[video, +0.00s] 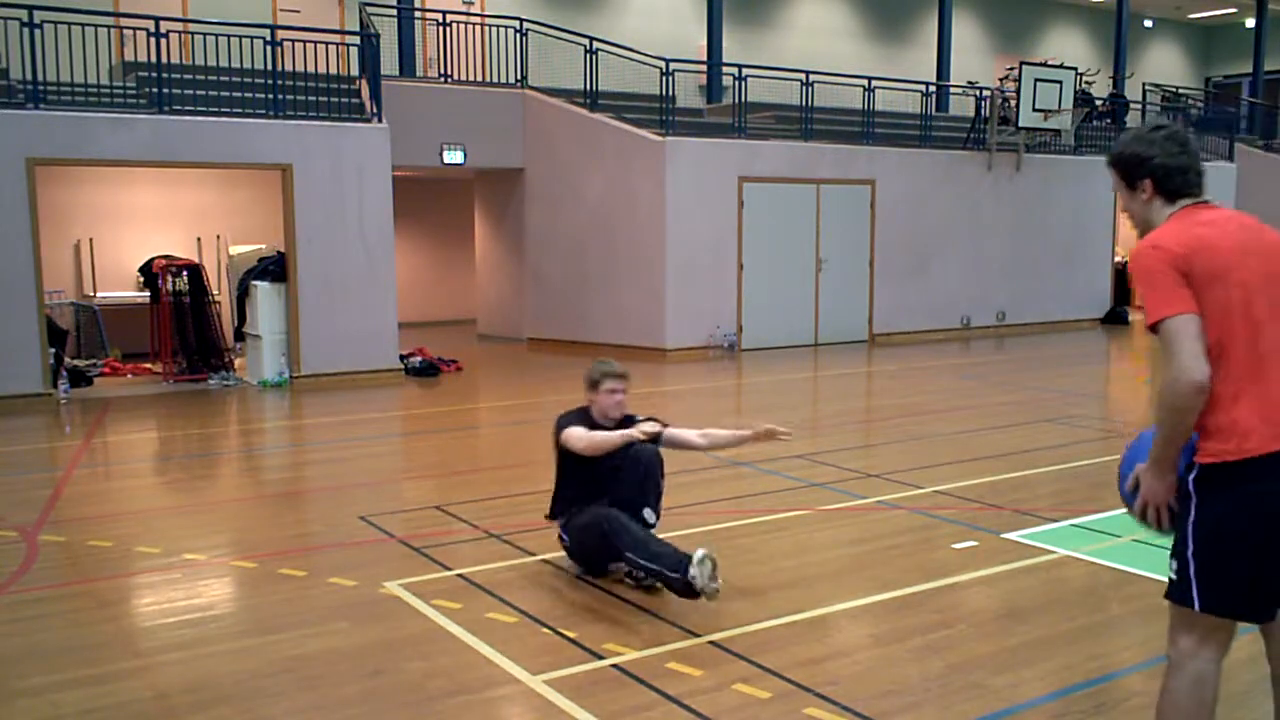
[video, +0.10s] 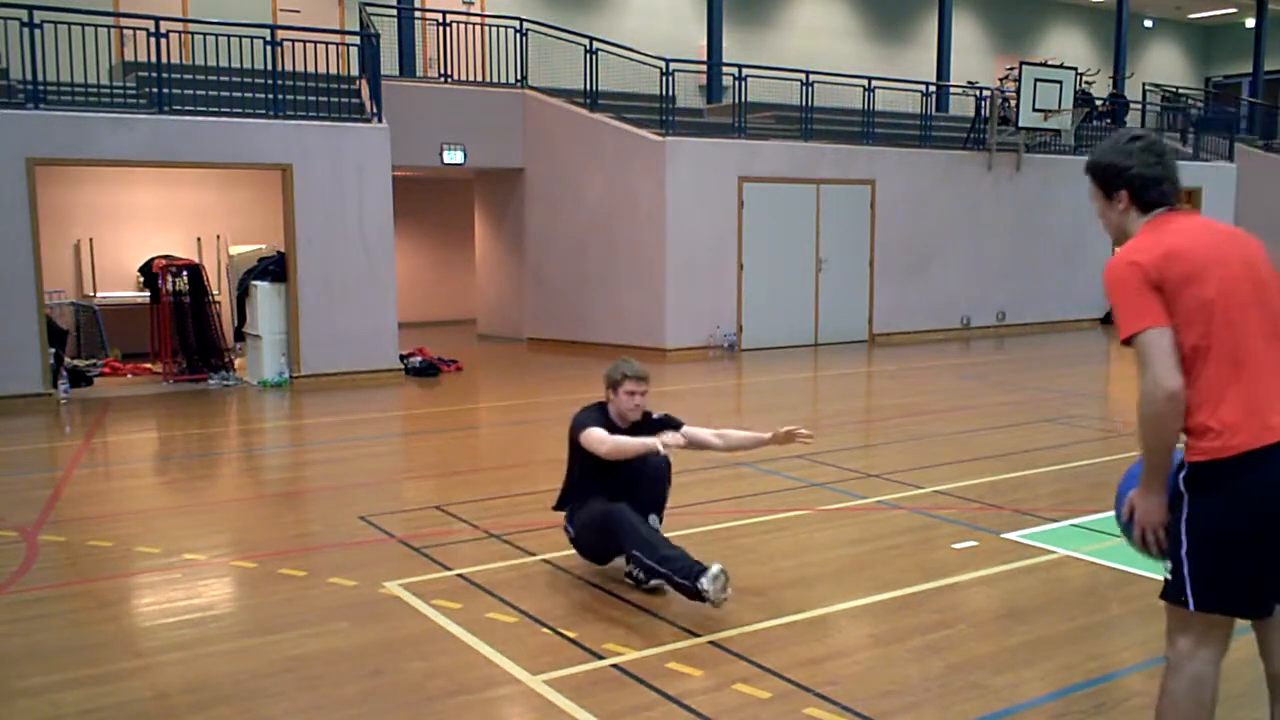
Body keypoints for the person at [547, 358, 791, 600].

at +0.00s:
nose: (620, 400)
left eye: (623, 393)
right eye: (612, 393)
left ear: (627, 395)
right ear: (591, 395)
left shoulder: (636, 426)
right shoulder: (570, 423)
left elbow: (700, 438)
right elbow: (584, 445)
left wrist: (751, 435)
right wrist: (630, 435)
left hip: (623, 518)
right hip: (579, 527)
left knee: (646, 455)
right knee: (609, 521)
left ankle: (637, 562)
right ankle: (689, 575)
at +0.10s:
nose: (637, 402)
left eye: (642, 395)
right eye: (629, 395)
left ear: (647, 395)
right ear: (610, 393)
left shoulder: (655, 424)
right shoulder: (587, 421)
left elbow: (716, 439)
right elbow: (607, 447)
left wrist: (770, 439)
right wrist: (655, 443)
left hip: (631, 518)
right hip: (588, 524)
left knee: (656, 464)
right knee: (617, 515)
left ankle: (640, 564)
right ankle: (699, 581)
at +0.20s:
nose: (649, 400)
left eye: (654, 393)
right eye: (641, 393)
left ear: (658, 392)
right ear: (622, 392)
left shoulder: (665, 420)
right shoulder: (598, 420)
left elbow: (728, 434)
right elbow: (617, 450)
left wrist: (782, 435)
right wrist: (658, 451)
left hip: (636, 515)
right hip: (594, 523)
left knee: (667, 470)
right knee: (624, 501)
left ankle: (641, 564)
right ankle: (703, 583)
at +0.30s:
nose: (659, 395)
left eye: (664, 388)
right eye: (651, 388)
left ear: (669, 388)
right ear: (632, 388)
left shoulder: (675, 413)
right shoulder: (612, 412)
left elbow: (737, 421)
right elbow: (626, 435)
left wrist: (789, 416)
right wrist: (672, 435)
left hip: (641, 511)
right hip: (598, 518)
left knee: (674, 475)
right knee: (631, 486)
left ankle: (643, 565)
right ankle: (696, 578)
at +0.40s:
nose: (671, 383)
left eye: (677, 376)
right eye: (663, 376)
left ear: (682, 375)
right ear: (643, 375)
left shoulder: (684, 401)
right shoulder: (624, 395)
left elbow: (741, 404)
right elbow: (631, 411)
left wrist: (789, 396)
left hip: (638, 496)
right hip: (594, 495)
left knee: (676, 477)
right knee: (637, 468)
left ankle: (642, 565)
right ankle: (684, 571)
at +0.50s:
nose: (679, 365)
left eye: (683, 357)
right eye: (670, 358)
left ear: (688, 357)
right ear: (649, 358)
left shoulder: (689, 386)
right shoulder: (631, 376)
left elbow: (742, 390)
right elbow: (635, 391)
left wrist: (789, 381)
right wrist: (686, 380)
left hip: (642, 471)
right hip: (594, 470)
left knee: (671, 479)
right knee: (638, 461)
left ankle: (642, 563)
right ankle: (667, 568)